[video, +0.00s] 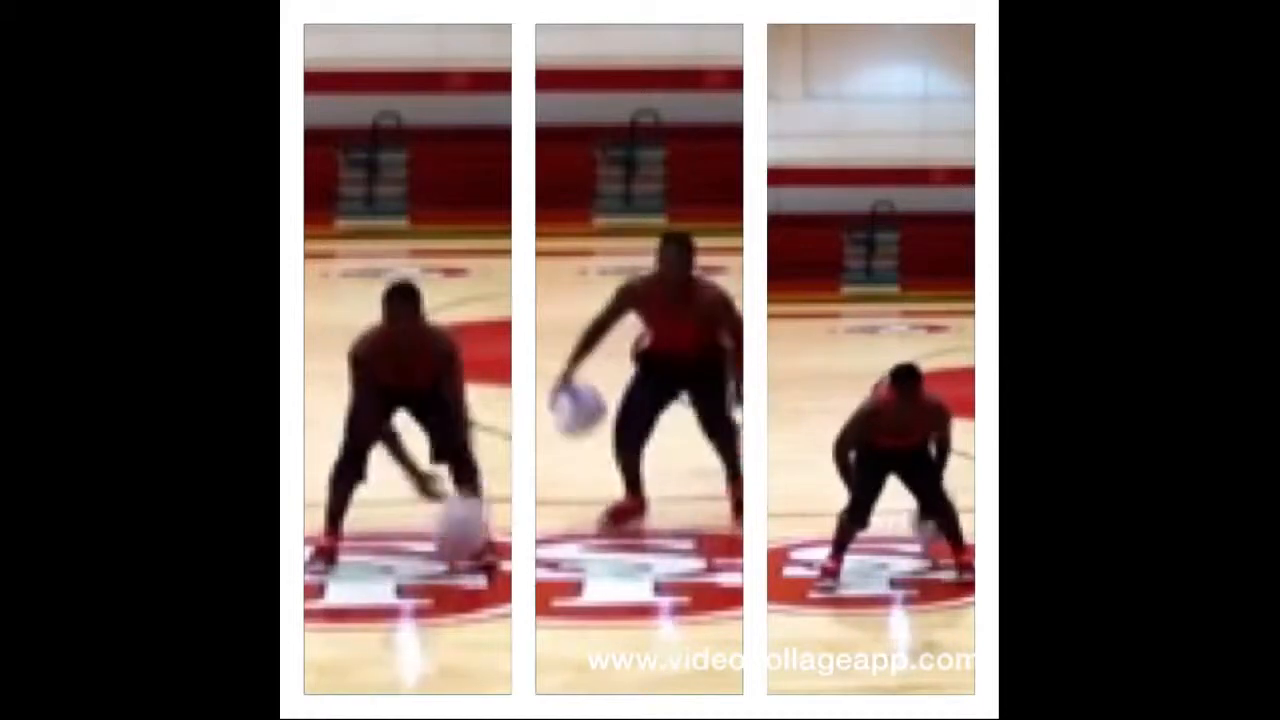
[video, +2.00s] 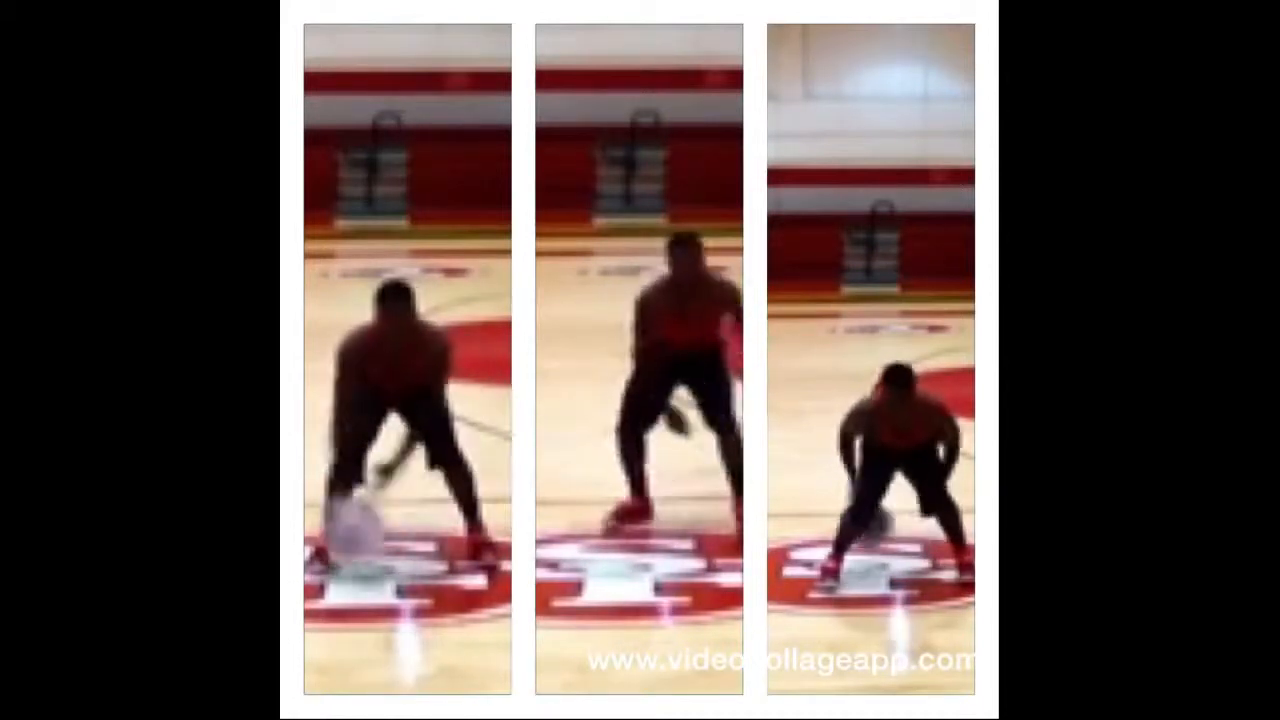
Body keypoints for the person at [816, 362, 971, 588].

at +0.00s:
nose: (906, 403)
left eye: (911, 395)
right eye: (901, 396)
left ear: (920, 391)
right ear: (891, 391)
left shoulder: (934, 410)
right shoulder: (874, 409)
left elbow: (943, 445)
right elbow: (841, 446)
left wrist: (935, 477)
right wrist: (853, 485)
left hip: (913, 455)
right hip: (873, 456)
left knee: (939, 505)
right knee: (858, 509)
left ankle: (961, 557)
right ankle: (834, 560)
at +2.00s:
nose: (893, 404)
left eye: (901, 398)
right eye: (889, 396)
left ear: (912, 392)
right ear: (882, 390)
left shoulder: (930, 410)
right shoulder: (869, 410)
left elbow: (952, 438)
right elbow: (846, 436)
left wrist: (943, 472)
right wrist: (852, 475)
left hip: (919, 452)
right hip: (879, 451)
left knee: (940, 502)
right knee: (862, 507)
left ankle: (962, 557)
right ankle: (835, 559)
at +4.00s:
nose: (909, 423)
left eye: (914, 419)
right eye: (904, 419)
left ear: (923, 409)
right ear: (894, 409)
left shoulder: (938, 415)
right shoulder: (876, 416)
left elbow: (951, 444)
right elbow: (844, 450)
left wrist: (953, 478)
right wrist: (855, 488)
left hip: (918, 456)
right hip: (877, 457)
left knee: (947, 504)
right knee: (860, 510)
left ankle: (963, 555)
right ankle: (834, 560)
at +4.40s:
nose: (907, 436)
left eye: (913, 432)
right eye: (904, 432)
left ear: (923, 421)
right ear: (892, 420)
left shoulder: (936, 420)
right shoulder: (874, 420)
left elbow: (947, 449)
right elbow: (847, 453)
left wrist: (935, 476)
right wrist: (866, 492)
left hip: (917, 456)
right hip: (878, 456)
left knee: (943, 508)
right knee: (860, 511)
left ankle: (962, 558)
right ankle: (833, 560)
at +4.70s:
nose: (894, 432)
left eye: (899, 427)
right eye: (890, 427)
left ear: (912, 415)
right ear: (881, 416)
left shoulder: (931, 418)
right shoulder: (868, 417)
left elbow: (948, 447)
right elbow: (844, 446)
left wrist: (926, 483)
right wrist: (855, 483)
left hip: (916, 456)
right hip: (875, 456)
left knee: (940, 506)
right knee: (858, 507)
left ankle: (962, 555)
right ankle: (833, 558)